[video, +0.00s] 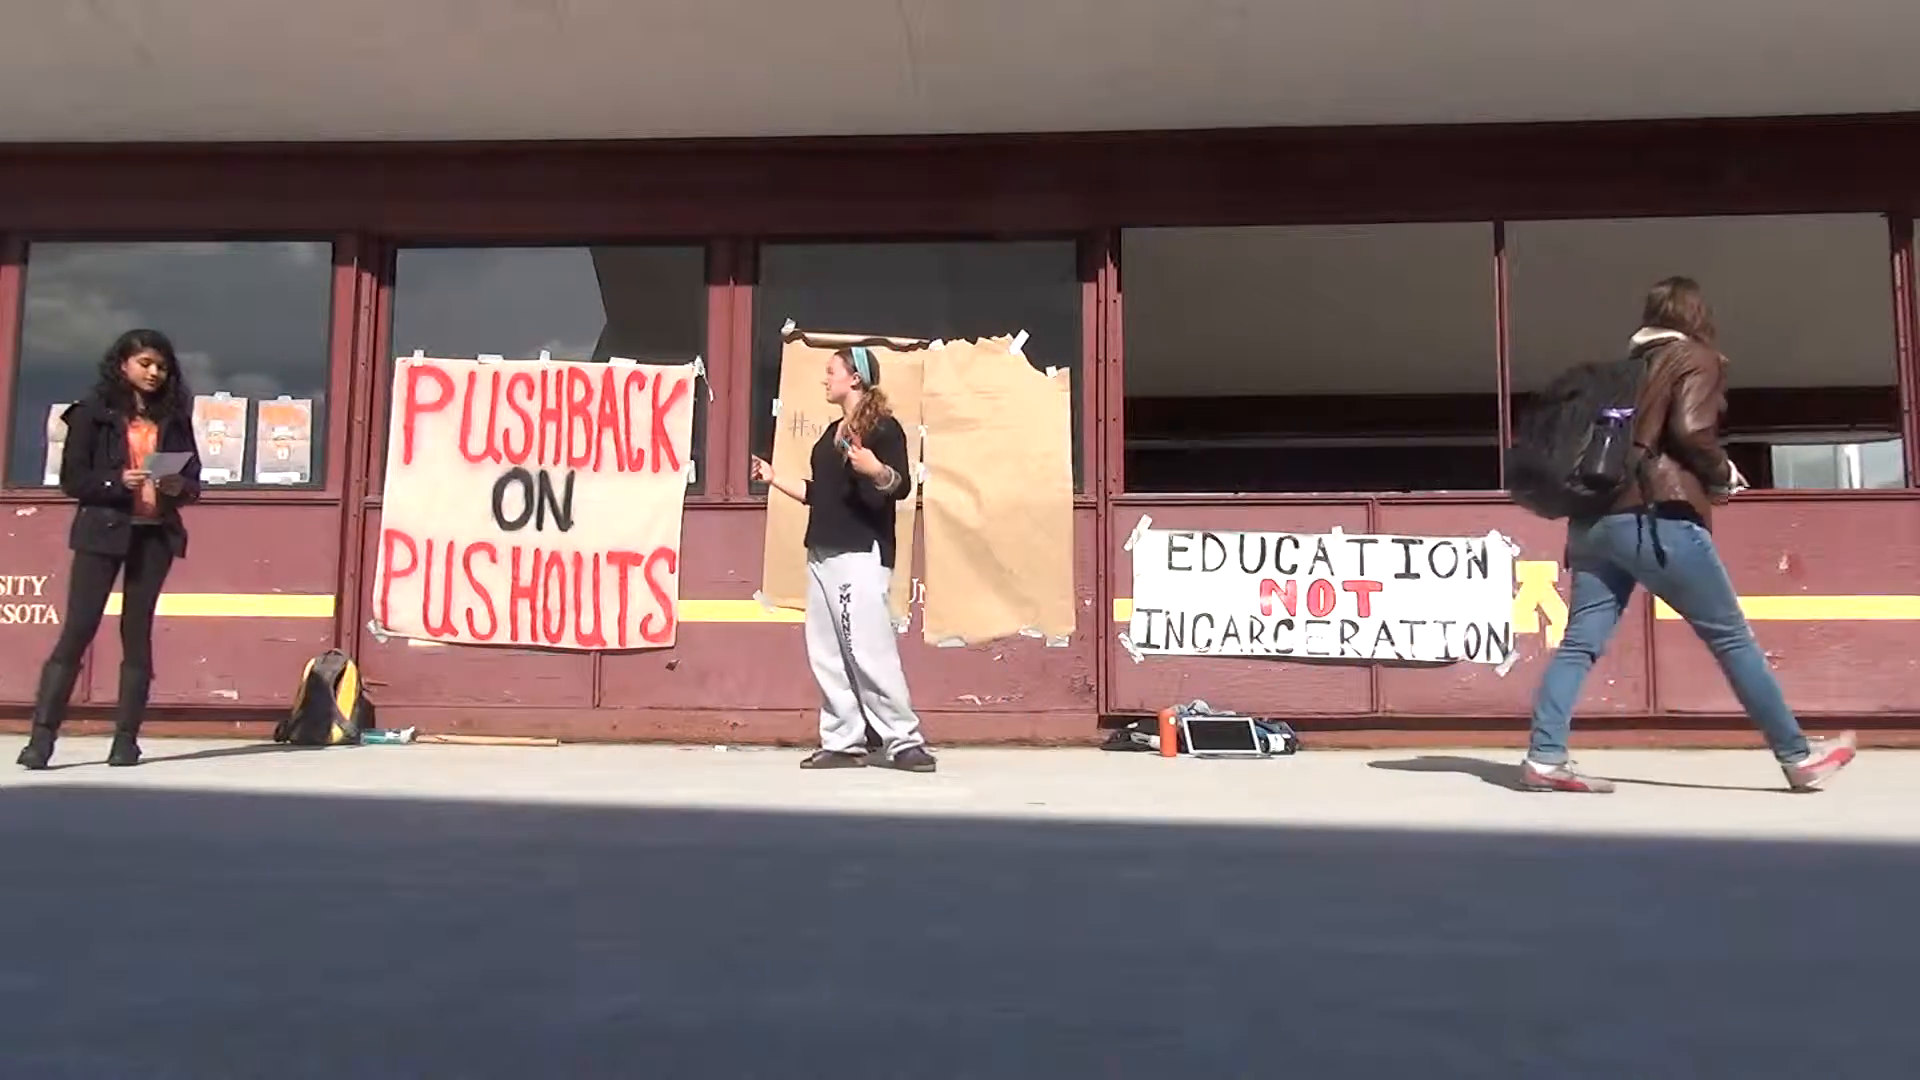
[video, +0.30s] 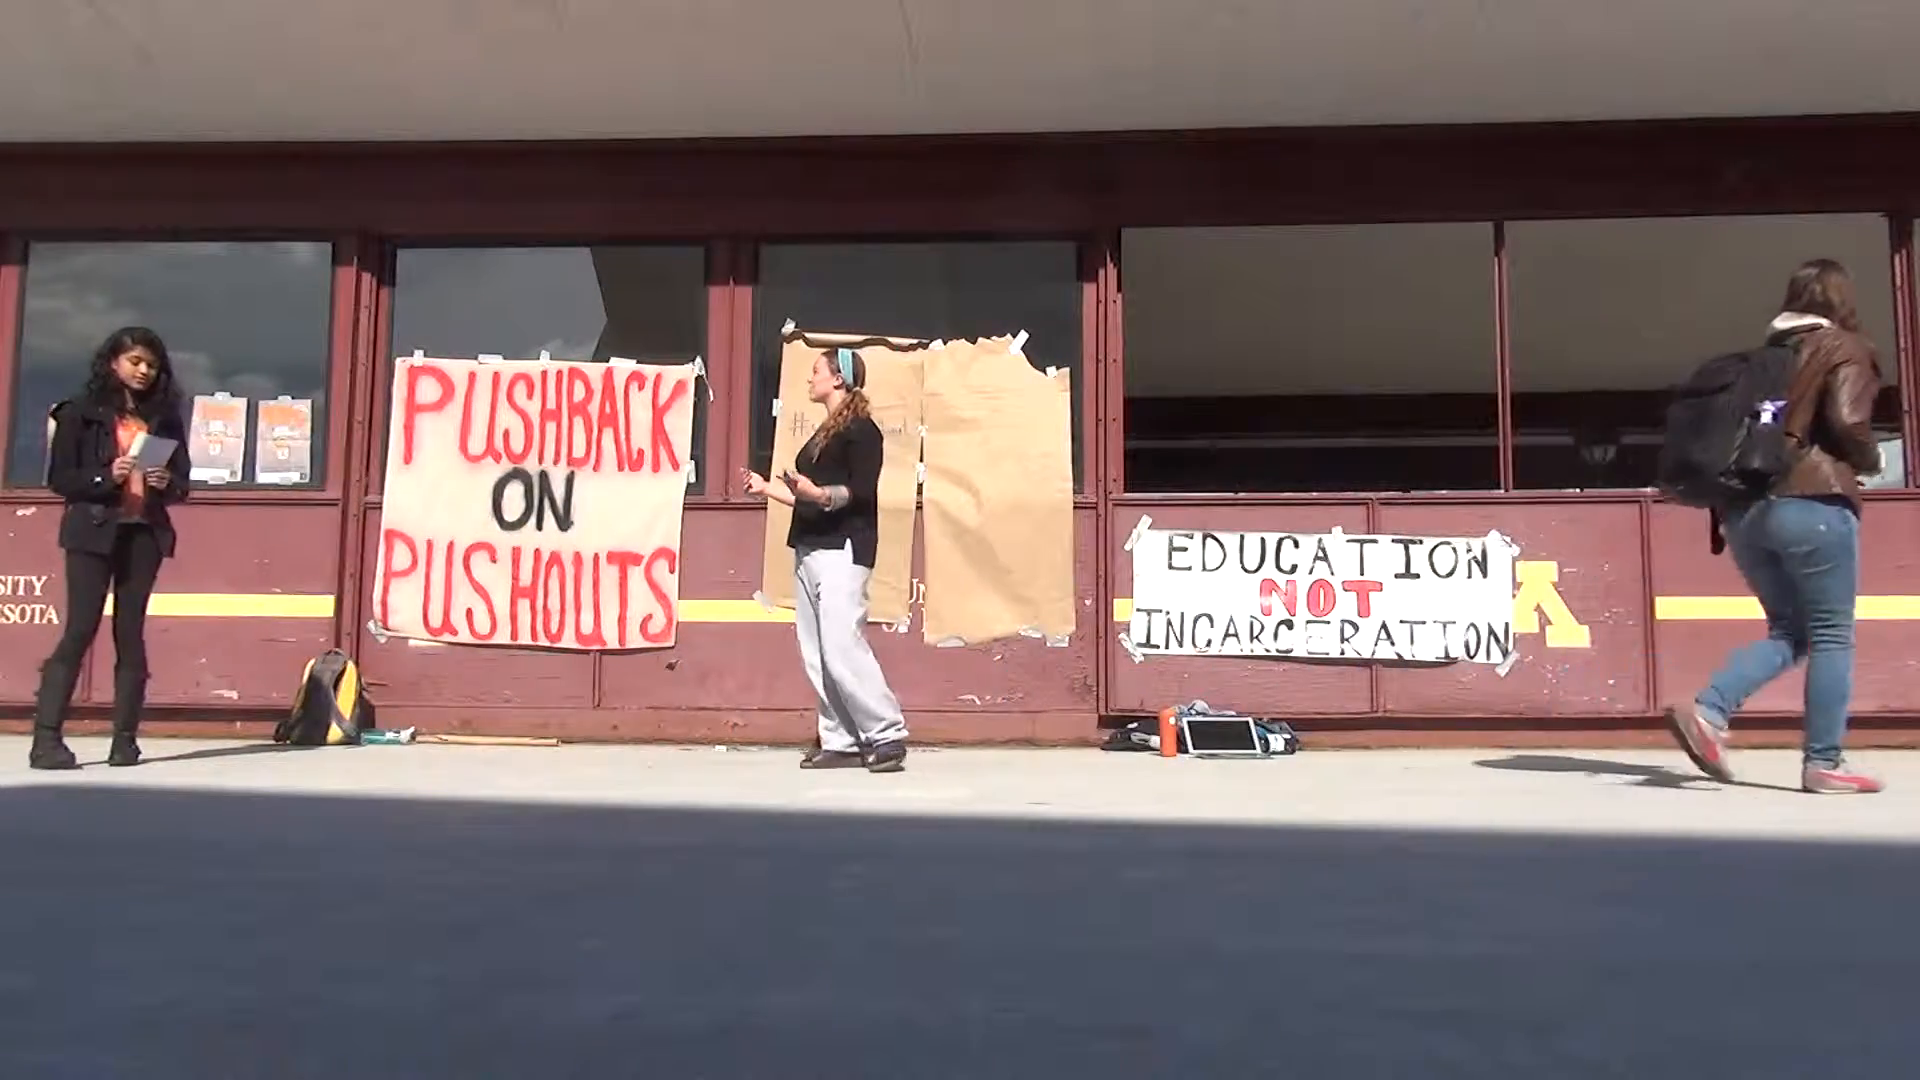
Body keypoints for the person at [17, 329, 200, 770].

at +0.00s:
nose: (154, 372)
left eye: (161, 366)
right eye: (145, 363)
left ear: (167, 372)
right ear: (123, 365)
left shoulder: (175, 417)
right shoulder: (92, 410)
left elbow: (192, 484)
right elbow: (72, 481)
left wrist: (177, 489)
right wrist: (119, 483)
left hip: (155, 533)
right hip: (103, 529)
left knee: (137, 629)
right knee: (79, 628)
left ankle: (126, 738)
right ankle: (42, 737)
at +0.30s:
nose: (142, 371)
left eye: (150, 365)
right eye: (134, 362)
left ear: (157, 370)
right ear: (111, 361)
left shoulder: (166, 417)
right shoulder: (79, 412)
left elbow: (181, 486)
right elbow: (60, 478)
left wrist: (167, 482)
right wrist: (107, 477)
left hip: (144, 532)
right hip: (92, 529)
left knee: (129, 633)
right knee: (80, 630)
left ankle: (125, 738)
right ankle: (46, 738)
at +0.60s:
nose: (127, 364)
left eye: (134, 358)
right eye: (119, 354)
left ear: (142, 365)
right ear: (94, 355)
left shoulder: (148, 414)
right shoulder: (61, 406)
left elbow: (162, 484)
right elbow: (37, 471)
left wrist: (150, 477)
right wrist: (91, 472)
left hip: (125, 530)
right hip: (70, 526)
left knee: (118, 630)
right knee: (67, 627)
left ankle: (124, 737)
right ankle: (44, 738)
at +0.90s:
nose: (113, 361)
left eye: (121, 355)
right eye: (105, 351)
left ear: (127, 361)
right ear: (79, 351)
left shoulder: (132, 408)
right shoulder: (45, 403)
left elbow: (147, 476)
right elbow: (21, 471)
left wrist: (138, 474)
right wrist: (80, 466)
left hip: (109, 529)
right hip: (55, 526)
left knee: (108, 631)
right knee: (60, 627)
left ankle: (123, 736)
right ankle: (45, 740)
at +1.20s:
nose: (105, 360)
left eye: (113, 353)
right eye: (96, 349)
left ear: (120, 359)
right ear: (70, 348)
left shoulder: (122, 404)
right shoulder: (36, 398)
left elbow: (134, 472)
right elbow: (14, 465)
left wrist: (131, 471)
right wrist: (74, 442)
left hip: (102, 526)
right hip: (48, 524)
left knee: (106, 630)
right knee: (52, 628)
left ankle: (116, 734)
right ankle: (45, 739)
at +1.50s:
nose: (102, 358)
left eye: (110, 352)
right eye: (94, 348)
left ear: (116, 358)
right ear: (66, 348)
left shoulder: (119, 404)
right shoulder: (33, 399)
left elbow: (132, 476)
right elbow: (16, 463)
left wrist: (130, 470)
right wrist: (75, 437)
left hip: (102, 527)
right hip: (48, 525)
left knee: (105, 634)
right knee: (52, 630)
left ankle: (95, 731)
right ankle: (46, 737)